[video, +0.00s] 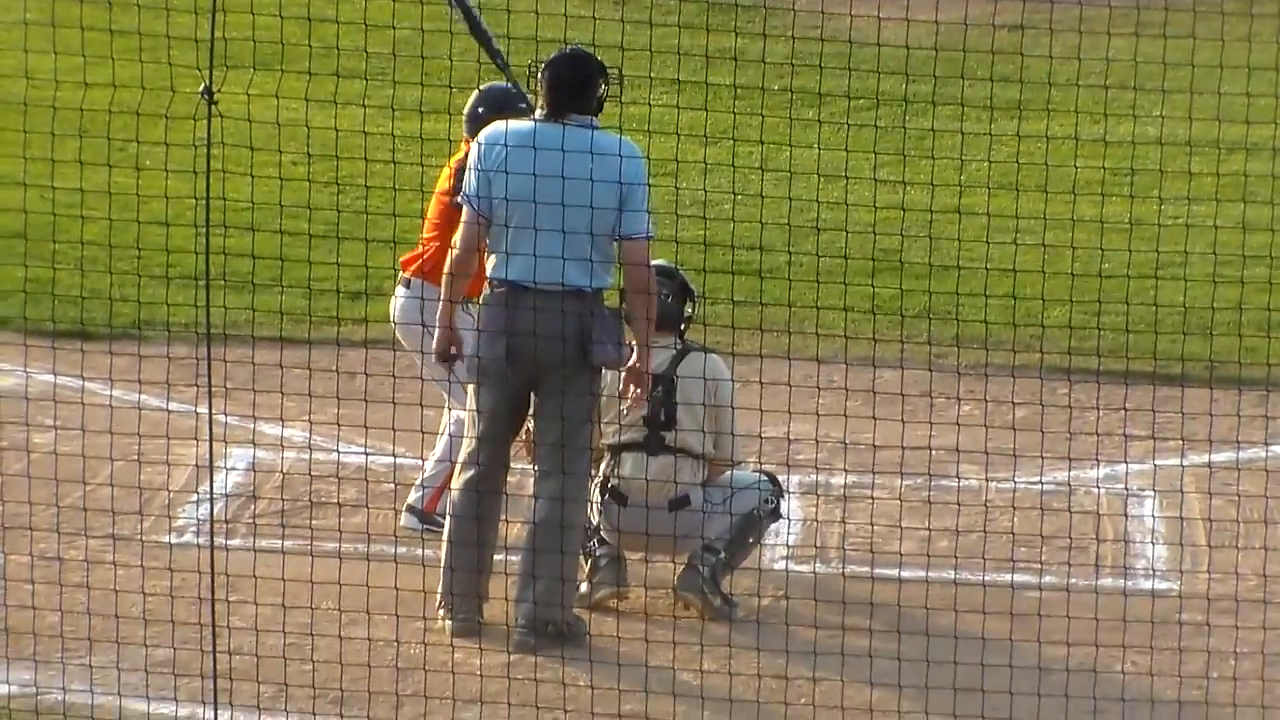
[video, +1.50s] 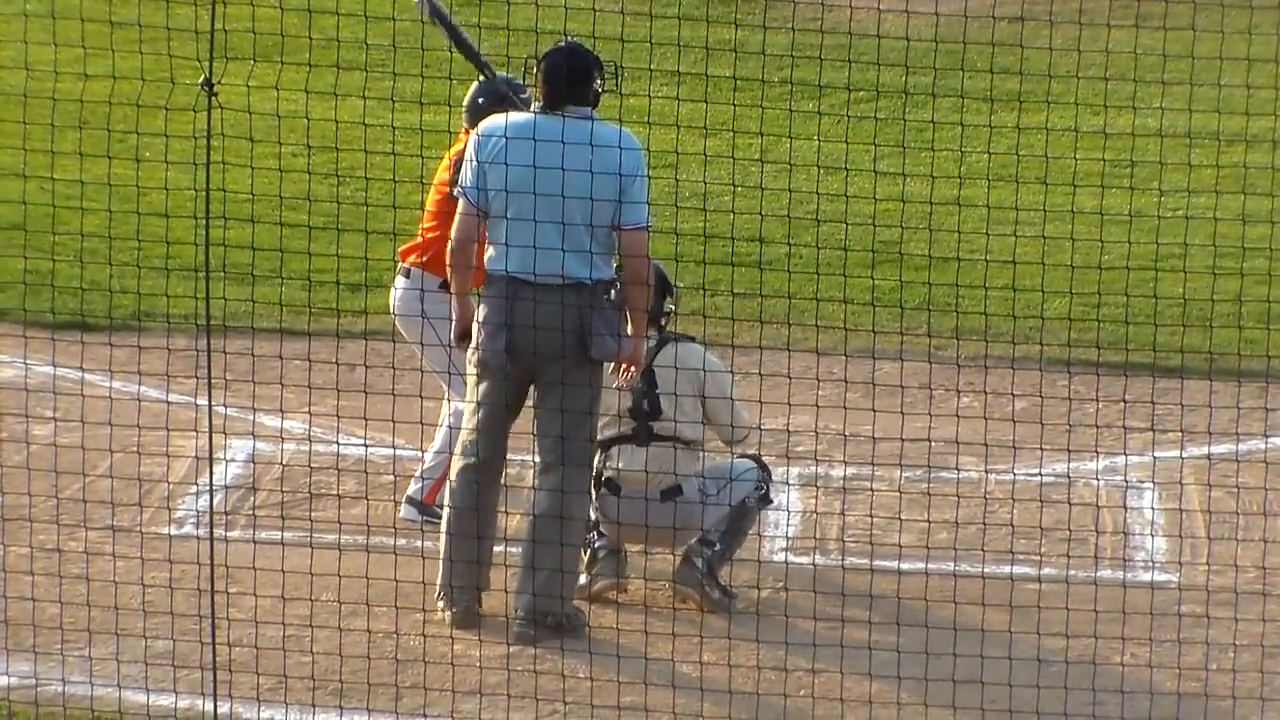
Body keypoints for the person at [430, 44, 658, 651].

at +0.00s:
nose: (601, 102)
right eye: (601, 93)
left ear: (543, 93)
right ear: (598, 98)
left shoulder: (496, 141)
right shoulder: (624, 156)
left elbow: (467, 243)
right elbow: (637, 263)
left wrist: (446, 318)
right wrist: (642, 350)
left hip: (503, 316)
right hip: (578, 322)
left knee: (481, 459)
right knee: (564, 468)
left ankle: (461, 604)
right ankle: (544, 615)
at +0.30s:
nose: (603, 98)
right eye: (602, 90)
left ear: (543, 90)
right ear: (598, 94)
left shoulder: (497, 138)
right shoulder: (625, 153)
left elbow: (470, 243)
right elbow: (634, 263)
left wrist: (456, 308)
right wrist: (631, 328)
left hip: (506, 311)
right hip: (579, 317)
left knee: (481, 456)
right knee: (564, 465)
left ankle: (460, 601)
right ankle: (543, 612)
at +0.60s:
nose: (602, 97)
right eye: (601, 89)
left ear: (542, 88)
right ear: (597, 92)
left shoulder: (494, 137)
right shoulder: (624, 151)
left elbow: (468, 239)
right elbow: (635, 258)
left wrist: (451, 311)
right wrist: (639, 340)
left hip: (504, 309)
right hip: (578, 316)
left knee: (481, 455)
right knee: (564, 465)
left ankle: (459, 598)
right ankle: (543, 610)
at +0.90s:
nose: (598, 96)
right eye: (600, 88)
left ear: (541, 87)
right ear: (596, 91)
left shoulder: (494, 134)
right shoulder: (623, 148)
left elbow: (467, 238)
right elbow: (635, 257)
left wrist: (450, 313)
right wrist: (641, 342)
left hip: (504, 308)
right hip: (579, 315)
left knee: (481, 453)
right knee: (564, 462)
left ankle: (459, 596)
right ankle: (543, 608)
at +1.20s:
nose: (595, 96)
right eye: (598, 88)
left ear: (539, 86)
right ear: (595, 91)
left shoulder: (494, 134)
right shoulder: (623, 148)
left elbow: (467, 240)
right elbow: (635, 256)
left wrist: (461, 310)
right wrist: (638, 337)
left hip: (506, 309)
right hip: (579, 315)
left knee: (481, 452)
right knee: (564, 462)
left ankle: (459, 596)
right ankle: (544, 607)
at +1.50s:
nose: (594, 96)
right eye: (598, 88)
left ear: (539, 87)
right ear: (595, 91)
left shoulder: (493, 135)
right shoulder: (623, 147)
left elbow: (462, 240)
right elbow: (634, 252)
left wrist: (462, 307)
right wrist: (637, 331)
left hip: (506, 309)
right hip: (581, 315)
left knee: (479, 447)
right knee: (565, 460)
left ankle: (459, 594)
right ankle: (544, 606)